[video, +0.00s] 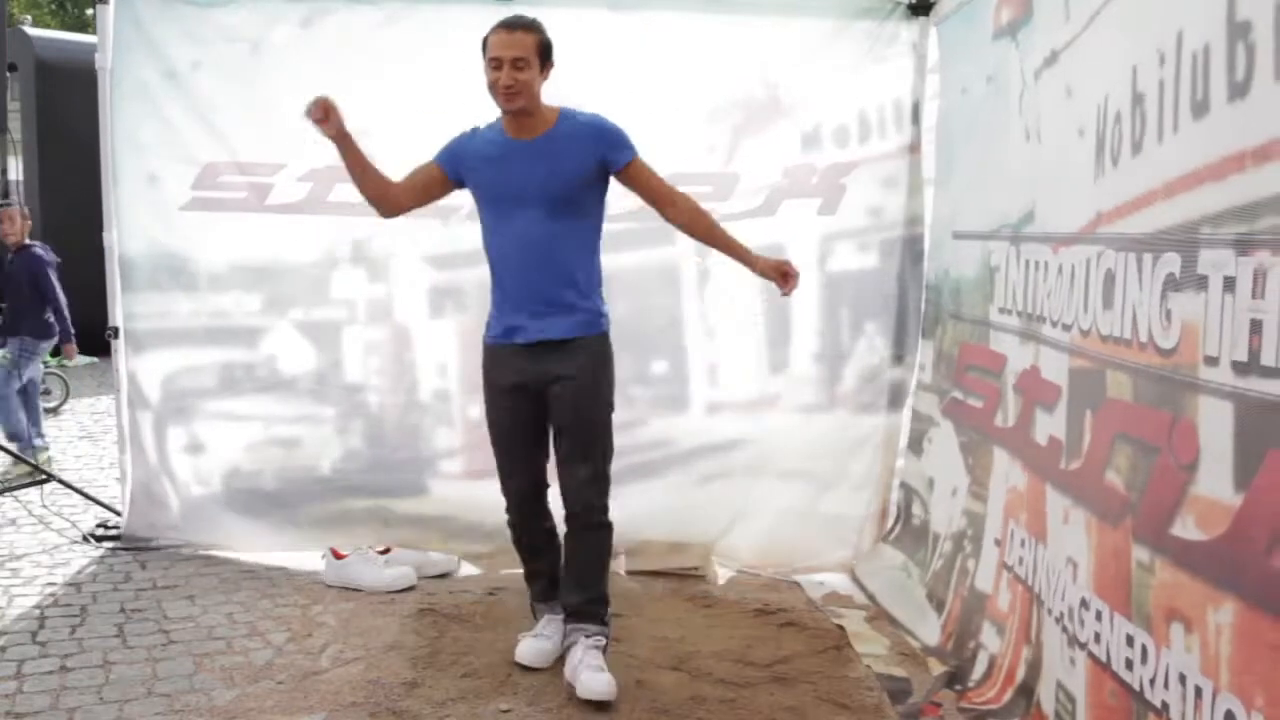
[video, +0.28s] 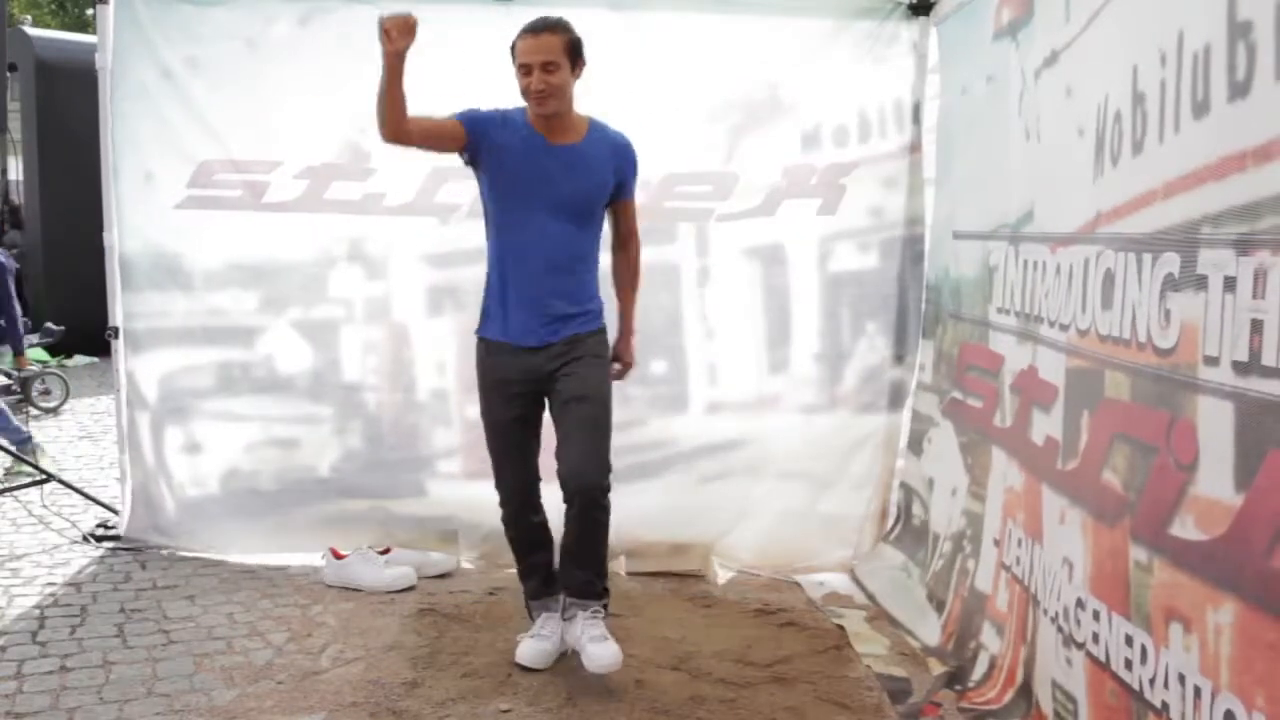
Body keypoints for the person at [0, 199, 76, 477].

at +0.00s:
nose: (5, 226)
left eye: (11, 220)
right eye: (2, 221)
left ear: (26, 224)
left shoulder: (35, 257)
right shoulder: (11, 259)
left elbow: (56, 298)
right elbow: (12, 298)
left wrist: (68, 338)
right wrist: (7, 331)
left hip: (35, 333)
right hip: (17, 332)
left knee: (5, 385)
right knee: (29, 390)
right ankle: (37, 448)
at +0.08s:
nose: (0, 225)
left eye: (4, 220)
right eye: (0, 220)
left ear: (15, 224)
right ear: (6, 225)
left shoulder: (23, 257)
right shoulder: (11, 256)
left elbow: (47, 297)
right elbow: (46, 297)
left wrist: (62, 335)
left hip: (21, 338)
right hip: (13, 338)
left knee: (8, 393)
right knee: (23, 397)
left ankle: (37, 452)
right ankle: (37, 452)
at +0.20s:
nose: (0, 226)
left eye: (1, 221)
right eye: (3, 221)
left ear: (4, 227)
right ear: (6, 227)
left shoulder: (8, 259)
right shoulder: (10, 258)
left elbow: (26, 303)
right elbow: (25, 303)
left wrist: (43, 344)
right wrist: (44, 344)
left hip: (5, 341)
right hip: (9, 340)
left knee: (8, 395)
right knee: (9, 396)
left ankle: (34, 450)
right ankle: (33, 451)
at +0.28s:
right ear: (5, 232)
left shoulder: (4, 264)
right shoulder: (5, 263)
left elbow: (11, 310)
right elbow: (11, 310)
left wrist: (18, 352)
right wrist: (18, 351)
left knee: (1, 409)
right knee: (2, 409)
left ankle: (25, 444)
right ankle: (23, 444)